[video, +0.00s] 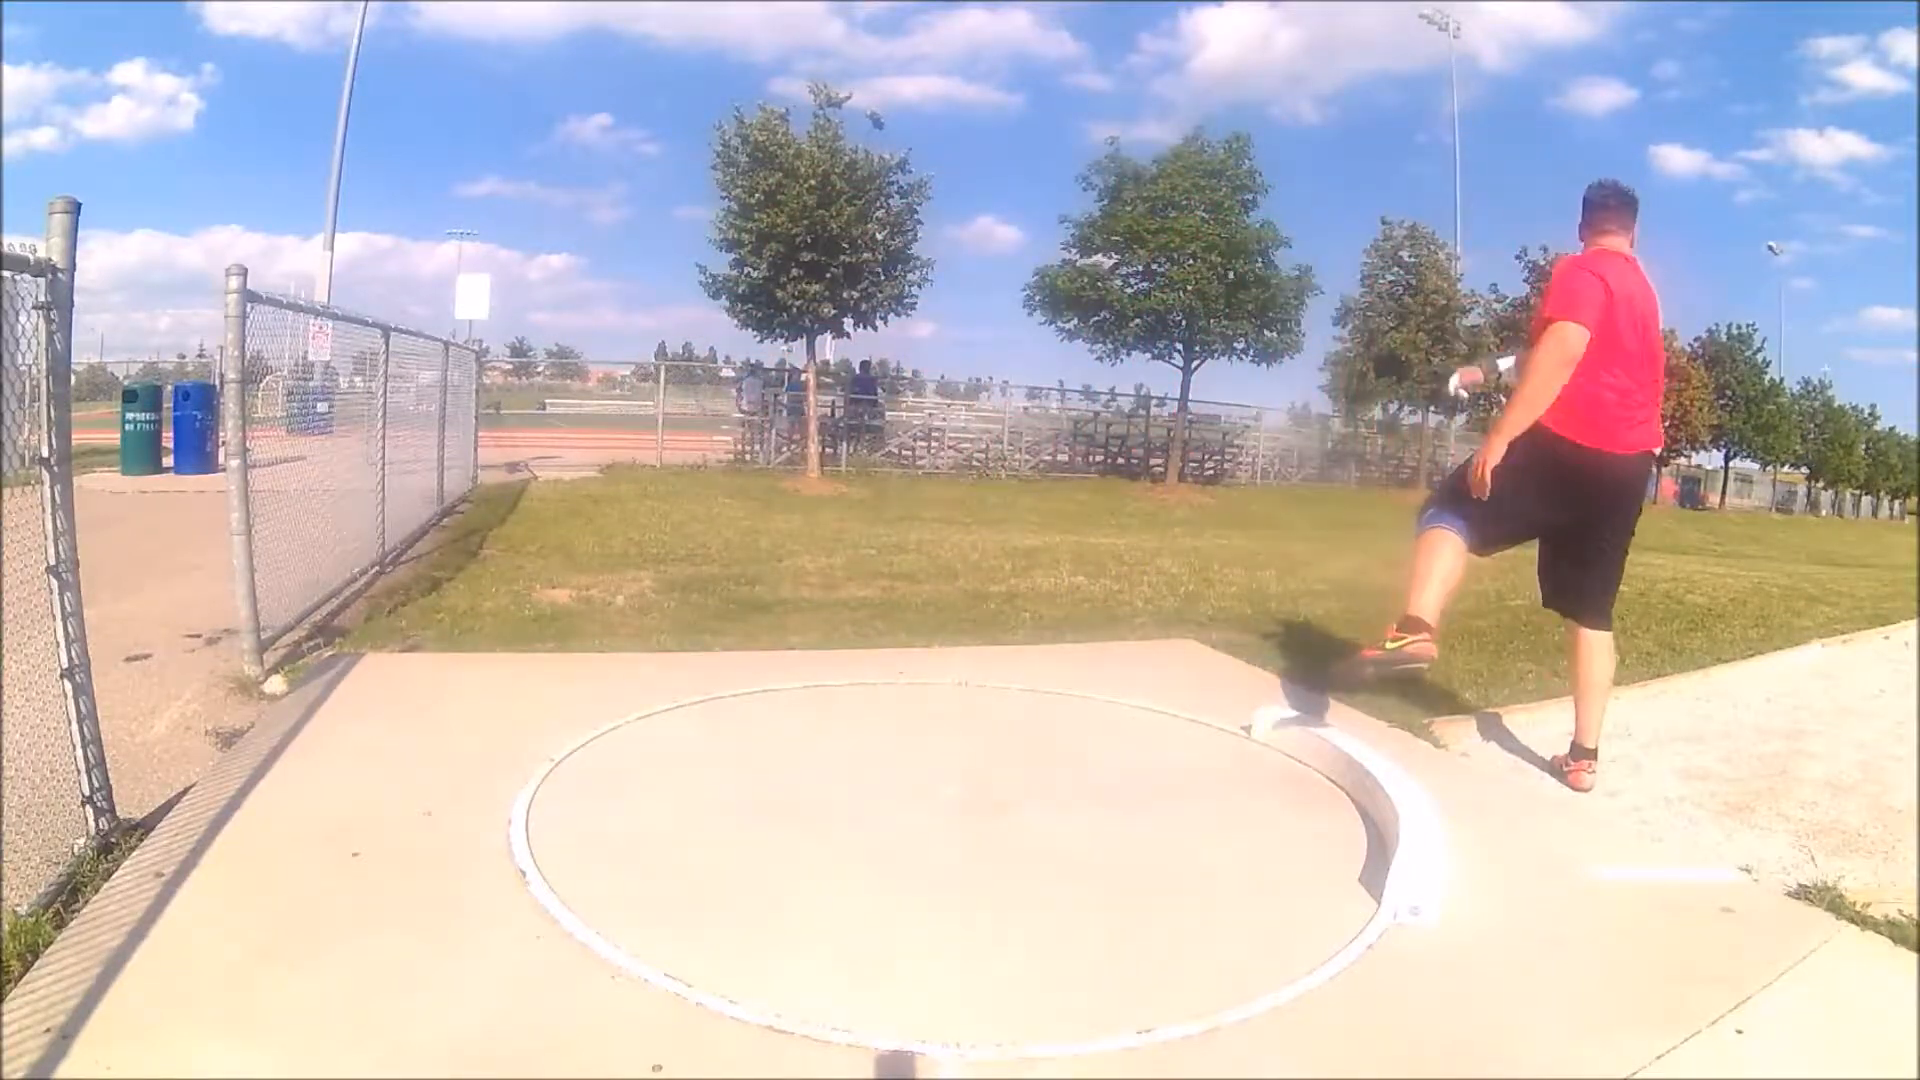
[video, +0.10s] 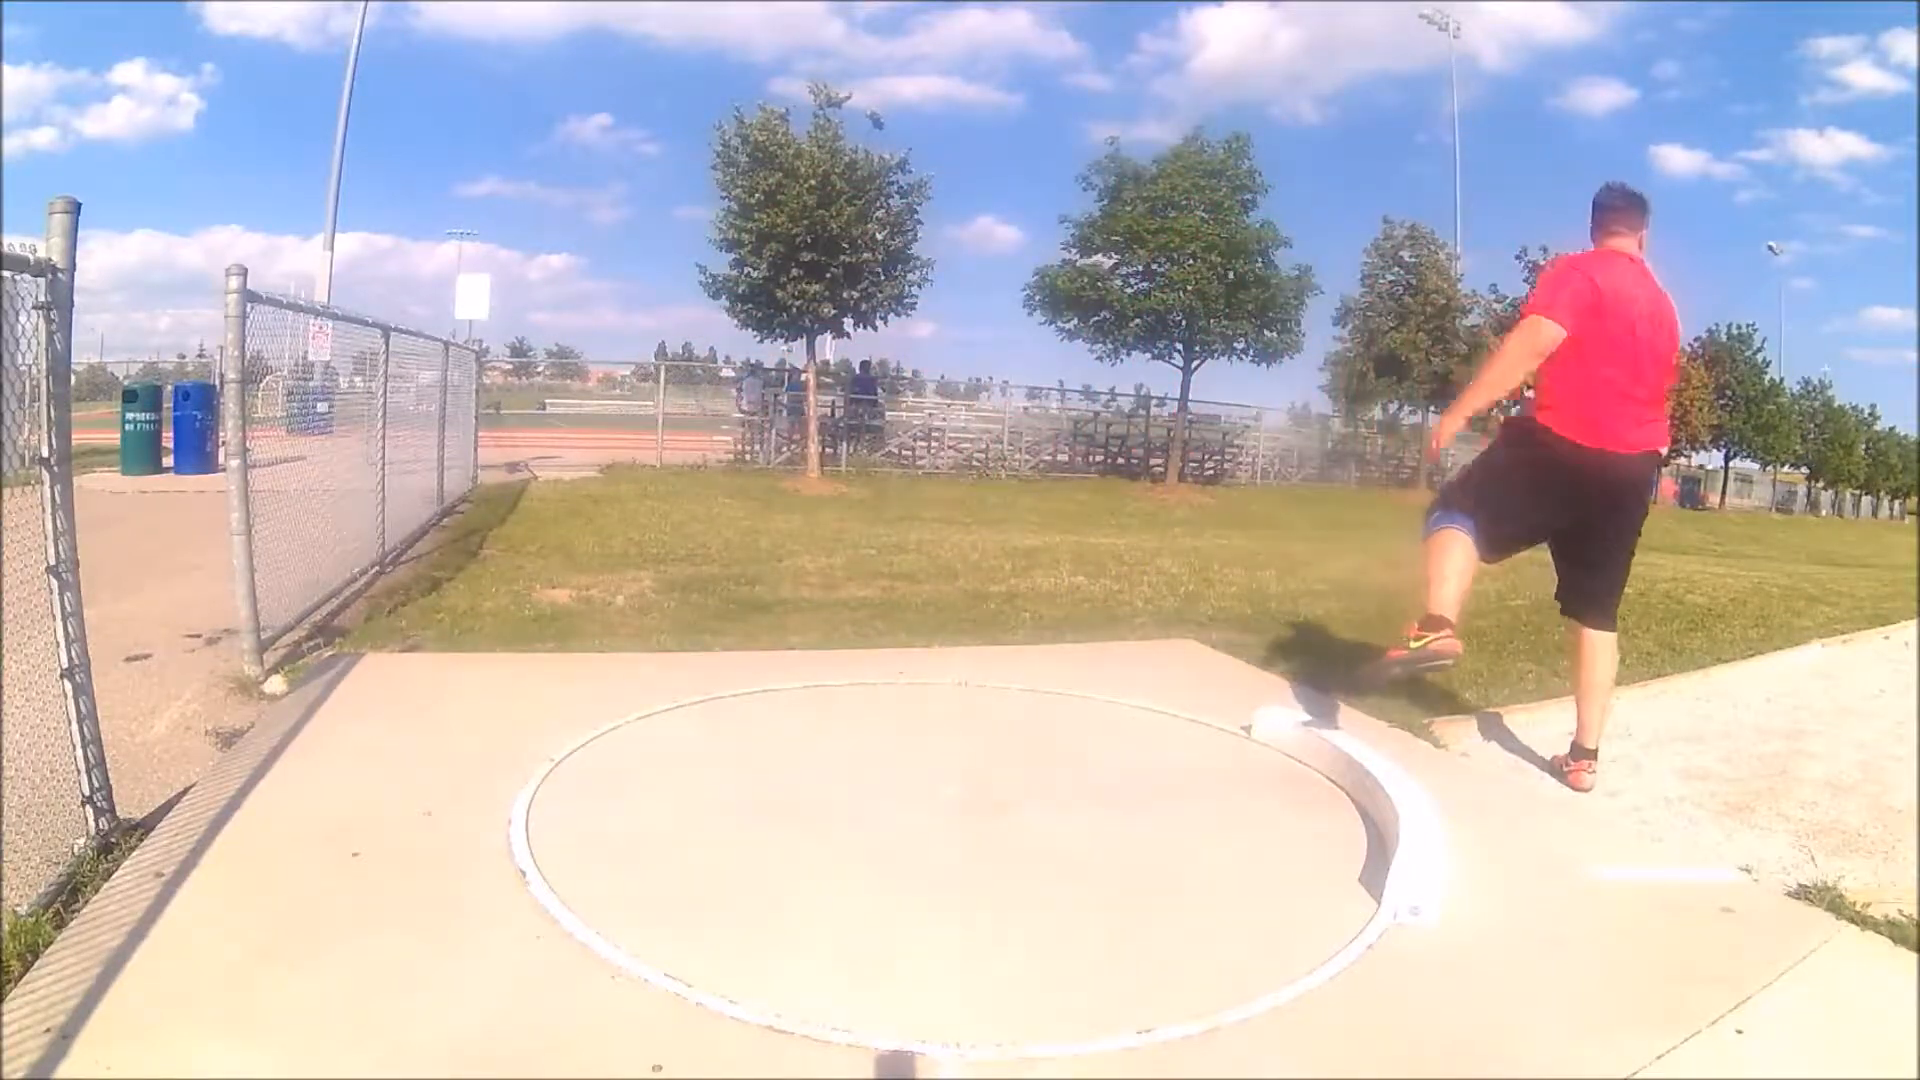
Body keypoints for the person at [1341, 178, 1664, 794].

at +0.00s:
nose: (1582, 239)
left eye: (1580, 229)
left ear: (1583, 226)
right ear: (1633, 232)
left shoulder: (1583, 269)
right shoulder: (1642, 288)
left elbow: (1563, 349)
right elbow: (1576, 362)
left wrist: (1500, 435)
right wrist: (1490, 374)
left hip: (1560, 449)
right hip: (1626, 466)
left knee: (1453, 508)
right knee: (1593, 608)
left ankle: (1416, 628)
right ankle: (1583, 757)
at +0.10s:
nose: (1626, 242)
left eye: (1604, 229)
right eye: (1639, 235)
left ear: (1592, 227)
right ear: (1644, 236)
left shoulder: (1574, 271)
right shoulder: (1663, 304)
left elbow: (1533, 341)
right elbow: (1659, 389)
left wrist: (1458, 412)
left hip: (1551, 451)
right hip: (1630, 470)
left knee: (1457, 513)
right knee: (1596, 608)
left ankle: (1439, 625)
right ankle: (1585, 757)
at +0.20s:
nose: (1627, 239)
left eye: (1610, 226)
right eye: (1644, 236)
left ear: (1599, 226)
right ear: (1649, 236)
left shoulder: (1570, 271)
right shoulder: (1671, 305)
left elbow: (1514, 339)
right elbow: (1681, 394)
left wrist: (1433, 394)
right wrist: (1659, 443)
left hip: (1551, 451)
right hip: (1632, 468)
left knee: (1469, 533)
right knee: (1605, 610)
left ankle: (1461, 647)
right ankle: (1585, 757)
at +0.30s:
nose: (1643, 247)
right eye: (1649, 240)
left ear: (1598, 231)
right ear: (1650, 240)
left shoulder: (1566, 273)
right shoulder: (1674, 306)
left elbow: (1508, 342)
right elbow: (1715, 391)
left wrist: (1443, 390)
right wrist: (1733, 453)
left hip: (1547, 456)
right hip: (1629, 469)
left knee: (1479, 552)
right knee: (1606, 611)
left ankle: (1473, 675)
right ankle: (1586, 757)